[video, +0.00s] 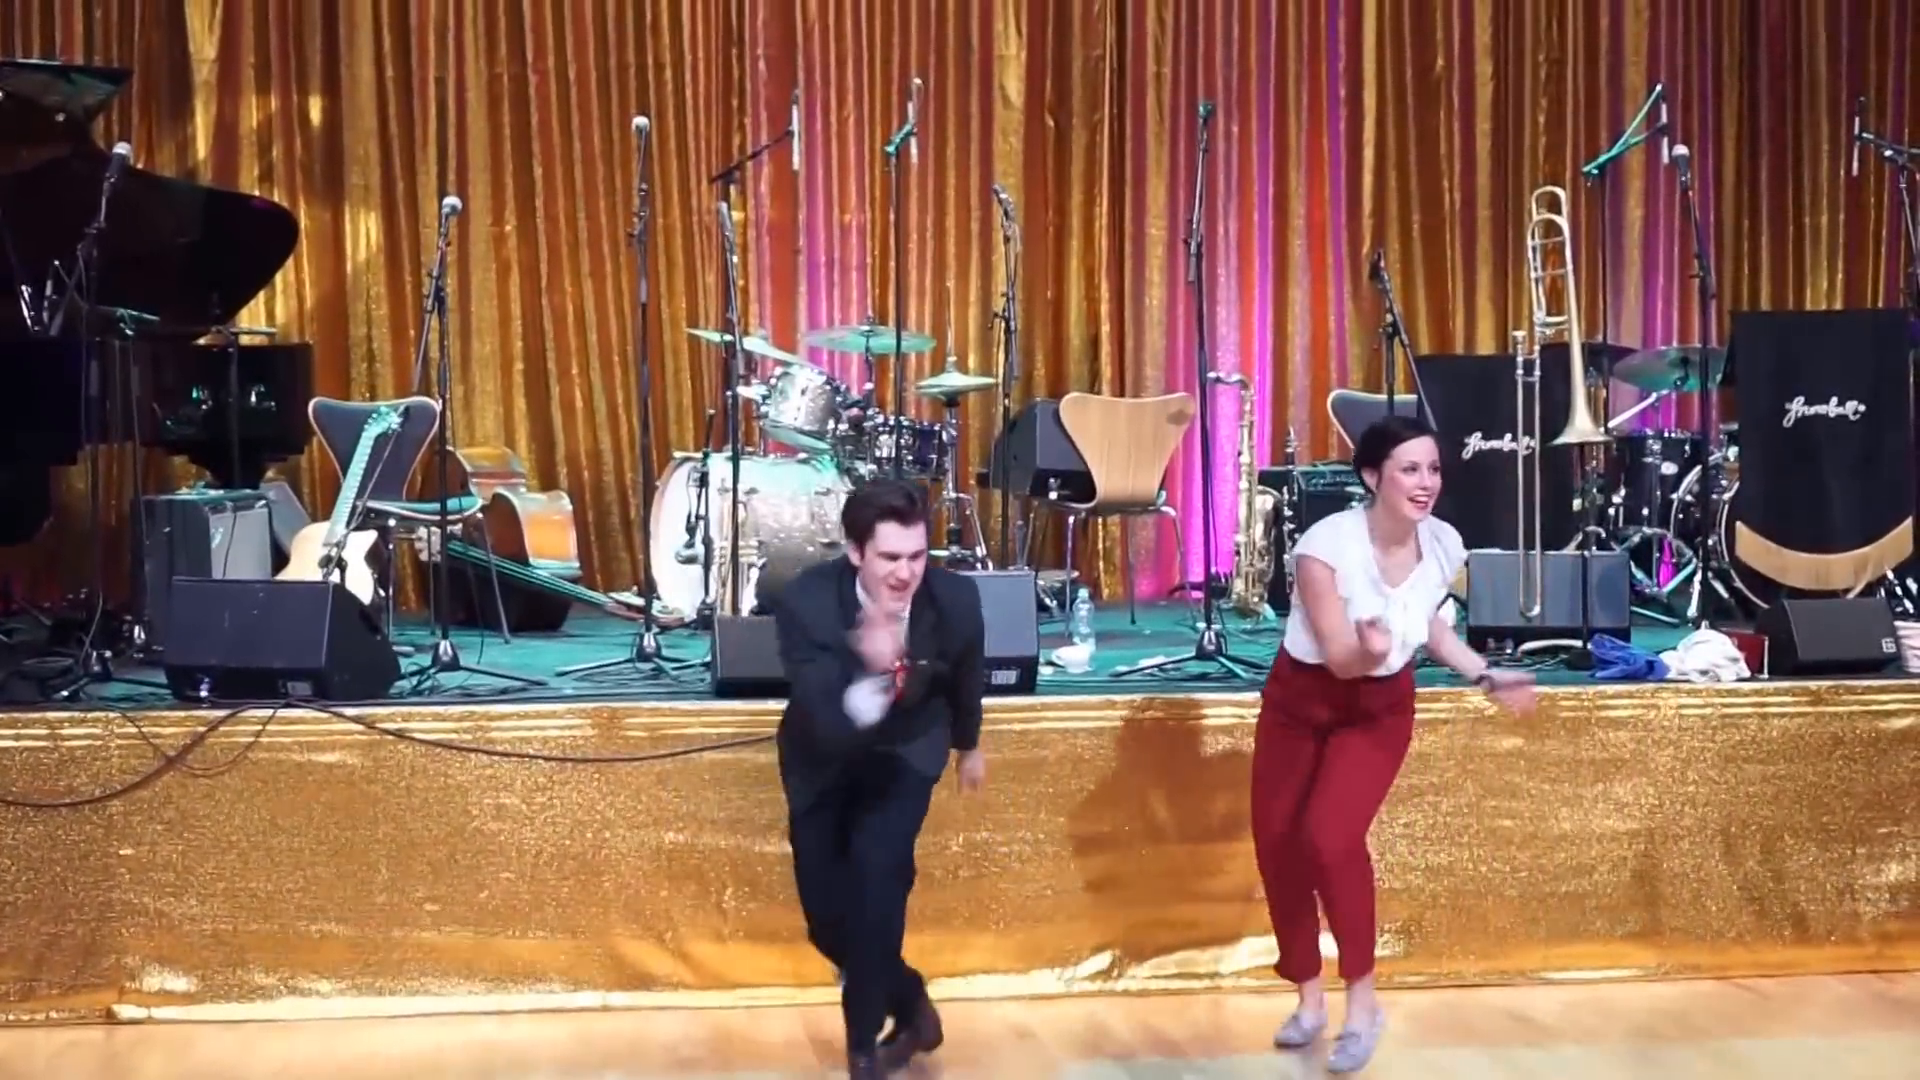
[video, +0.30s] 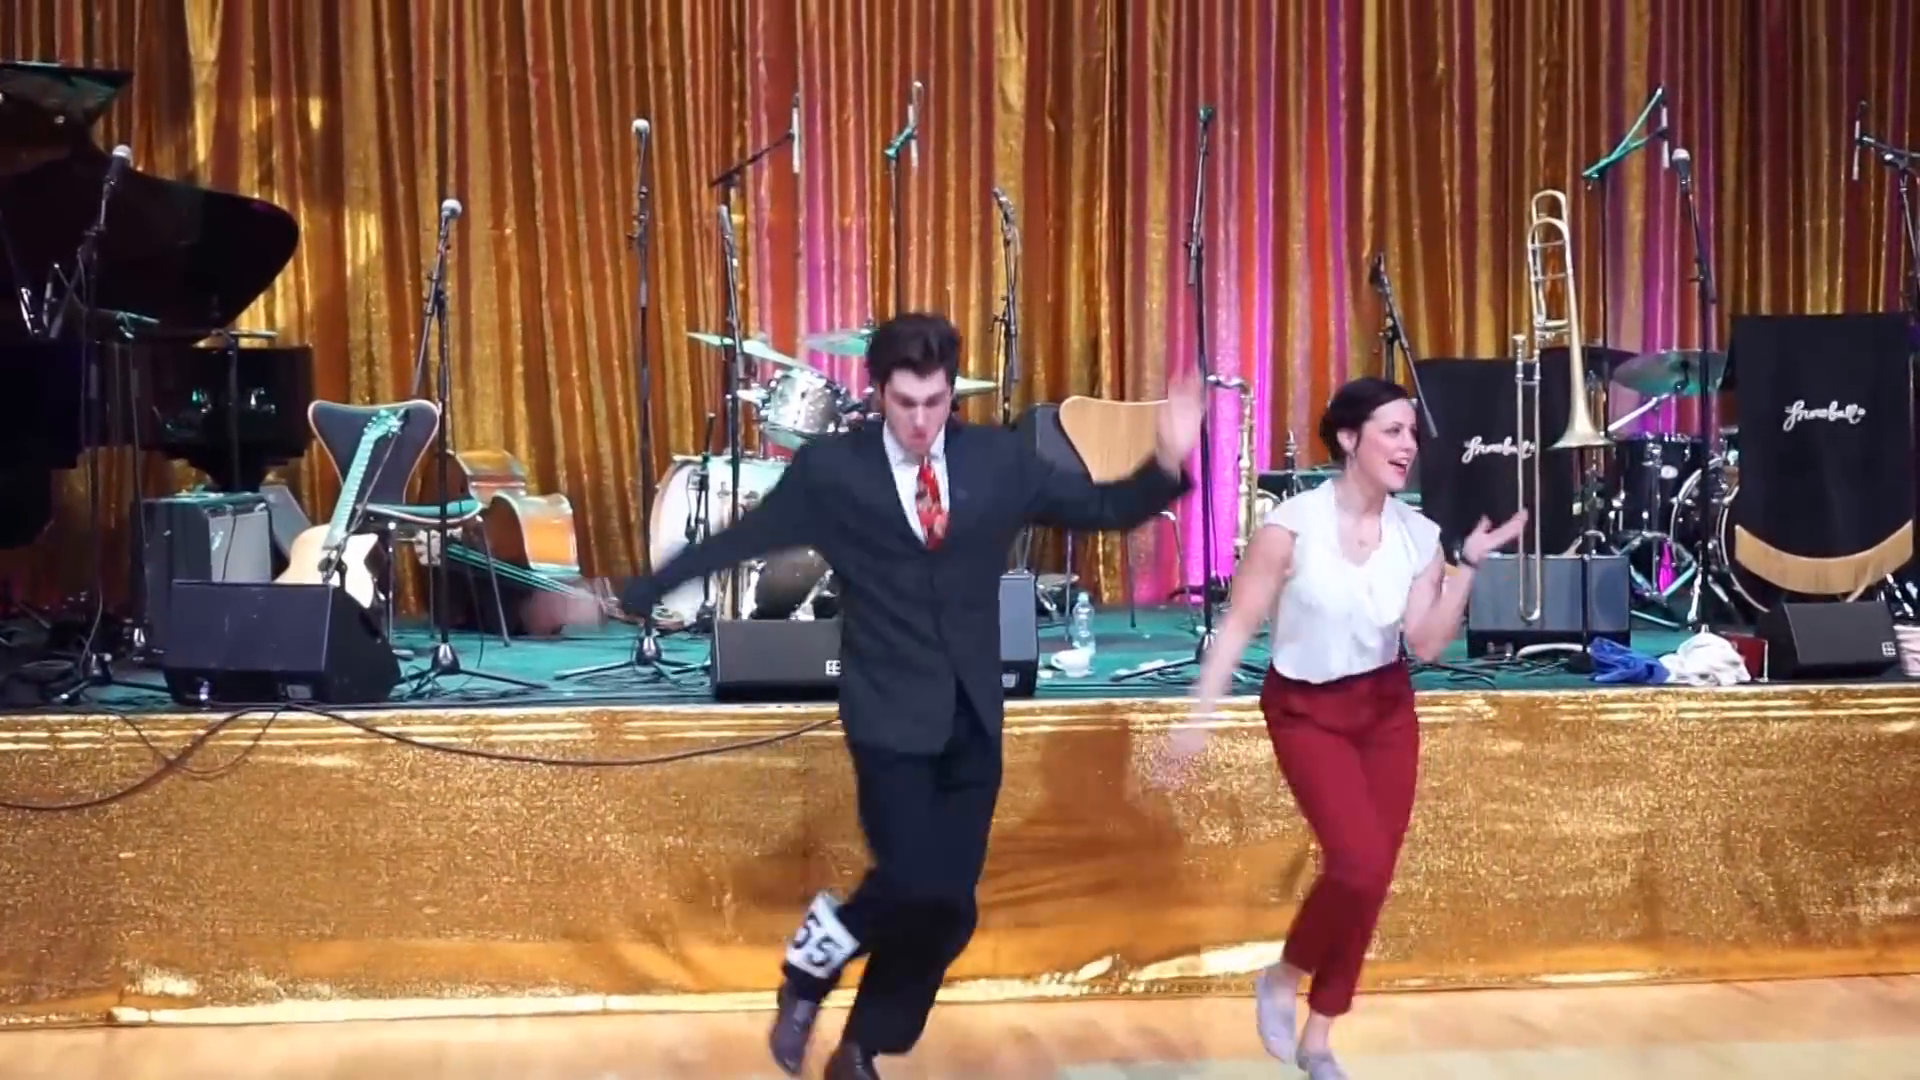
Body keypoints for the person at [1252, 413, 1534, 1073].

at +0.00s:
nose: (1425, 483)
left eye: (1433, 470)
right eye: (1410, 470)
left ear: (1440, 478)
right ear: (1372, 476)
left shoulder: (1442, 544)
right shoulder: (1324, 546)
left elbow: (1432, 622)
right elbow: (1337, 658)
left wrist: (1485, 674)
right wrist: (1370, 652)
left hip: (1379, 707)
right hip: (1297, 703)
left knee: (1330, 836)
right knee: (1276, 842)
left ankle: (1361, 1001)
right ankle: (1309, 998)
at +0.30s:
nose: (1408, 445)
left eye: (1413, 433)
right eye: (1393, 431)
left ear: (1413, 444)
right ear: (1348, 439)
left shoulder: (1419, 534)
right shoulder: (1291, 524)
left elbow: (1426, 644)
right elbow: (1238, 625)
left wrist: (1468, 563)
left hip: (1389, 708)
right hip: (1306, 710)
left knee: (1373, 872)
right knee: (1358, 863)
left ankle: (1318, 1036)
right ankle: (1285, 981)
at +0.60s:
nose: (1393, 412)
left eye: (1395, 399)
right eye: (1376, 397)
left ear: (1392, 411)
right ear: (1327, 409)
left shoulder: (1426, 505)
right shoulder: (1277, 493)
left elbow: (1487, 605)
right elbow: (1167, 518)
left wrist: (1540, 693)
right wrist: (1144, 499)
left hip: (1382, 713)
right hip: (1298, 707)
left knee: (1405, 899)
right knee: (1346, 891)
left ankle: (1333, 1012)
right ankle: (1321, 1058)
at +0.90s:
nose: (1363, 440)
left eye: (1372, 428)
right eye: (1344, 427)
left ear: (1383, 442)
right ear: (1306, 441)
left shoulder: (1389, 550)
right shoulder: (1272, 539)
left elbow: (1434, 665)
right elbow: (1278, 672)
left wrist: (1512, 613)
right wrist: (1341, 657)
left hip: (1386, 758)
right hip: (1291, 764)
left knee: (1396, 959)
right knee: (1287, 967)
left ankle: (1413, 1078)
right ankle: (1358, 1054)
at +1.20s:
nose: (1295, 422)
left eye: (1312, 406)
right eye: (1278, 408)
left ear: (1336, 418)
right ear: (1257, 420)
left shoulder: (1350, 519)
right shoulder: (1203, 500)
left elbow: (1347, 640)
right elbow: (1120, 598)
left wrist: (1369, 551)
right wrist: (1043, 670)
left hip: (1281, 752)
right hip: (1204, 743)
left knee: (1287, 973)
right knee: (1189, 967)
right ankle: (1141, 1078)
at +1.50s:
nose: (1217, 451)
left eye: (1235, 435)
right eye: (1205, 433)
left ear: (1267, 437)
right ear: (1188, 433)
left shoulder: (1294, 551)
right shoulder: (1131, 509)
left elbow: (1310, 684)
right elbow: (1031, 557)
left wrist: (1324, 701)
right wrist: (934, 567)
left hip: (1199, 770)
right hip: (1107, 753)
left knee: (1253, 973)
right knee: (1093, 981)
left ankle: (1245, 1079)